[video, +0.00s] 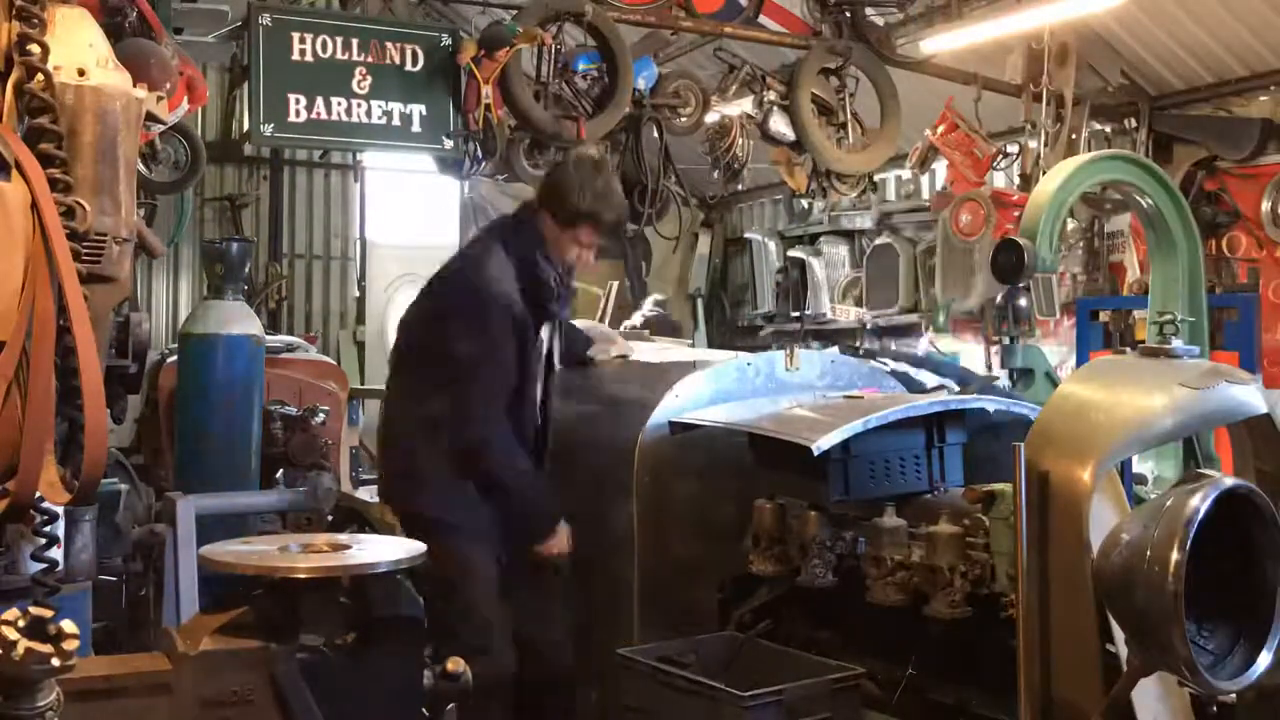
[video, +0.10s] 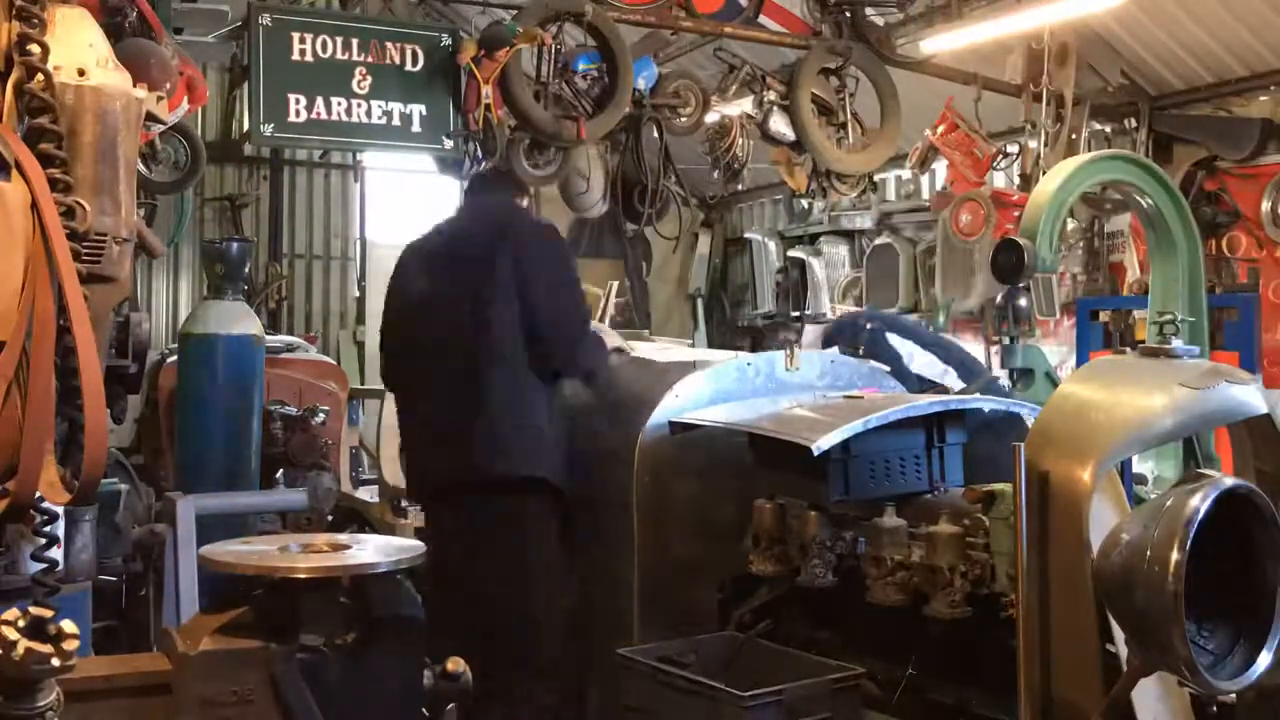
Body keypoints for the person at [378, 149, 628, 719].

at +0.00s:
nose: (587, 258)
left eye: (594, 246)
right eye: (584, 243)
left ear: (551, 214)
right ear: (553, 218)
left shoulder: (531, 259)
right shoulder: (490, 286)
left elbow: (525, 334)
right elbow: (480, 430)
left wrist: (585, 344)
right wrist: (541, 517)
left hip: (487, 466)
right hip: (436, 478)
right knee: (482, 649)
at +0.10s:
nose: (536, 212)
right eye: (534, 201)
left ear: (469, 196)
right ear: (524, 197)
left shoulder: (417, 253)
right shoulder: (531, 237)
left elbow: (394, 368)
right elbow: (566, 352)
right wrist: (600, 345)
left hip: (436, 462)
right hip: (515, 460)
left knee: (455, 602)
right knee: (526, 604)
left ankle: (467, 705)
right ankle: (521, 706)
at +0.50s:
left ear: (448, 200)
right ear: (493, 204)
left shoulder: (394, 236)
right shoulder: (520, 232)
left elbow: (372, 334)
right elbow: (584, 299)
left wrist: (387, 402)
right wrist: (561, 374)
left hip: (412, 429)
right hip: (507, 428)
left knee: (418, 569)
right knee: (497, 567)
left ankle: (424, 694)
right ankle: (492, 698)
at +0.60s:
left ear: (459, 223)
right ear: (515, 229)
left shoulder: (401, 259)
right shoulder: (526, 247)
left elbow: (363, 357)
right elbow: (583, 314)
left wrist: (370, 448)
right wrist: (560, 371)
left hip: (407, 433)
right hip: (502, 432)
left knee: (407, 568)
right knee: (495, 565)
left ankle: (407, 692)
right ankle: (492, 694)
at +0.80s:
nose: (584, 257)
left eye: (586, 249)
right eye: (586, 247)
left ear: (530, 220)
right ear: (572, 230)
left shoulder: (453, 264)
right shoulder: (558, 267)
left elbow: (416, 367)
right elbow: (573, 380)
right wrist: (600, 357)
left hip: (426, 471)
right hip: (511, 477)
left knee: (441, 615)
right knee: (507, 624)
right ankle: (503, 709)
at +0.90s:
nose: (587, 249)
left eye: (592, 238)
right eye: (589, 234)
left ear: (542, 208)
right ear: (560, 210)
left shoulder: (453, 261)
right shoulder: (546, 257)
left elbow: (416, 371)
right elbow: (564, 369)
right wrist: (596, 347)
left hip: (419, 473)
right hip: (501, 478)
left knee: (442, 618)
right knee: (504, 630)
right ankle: (504, 711)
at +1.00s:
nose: (543, 222)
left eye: (546, 216)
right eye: (544, 214)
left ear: (483, 194)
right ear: (527, 199)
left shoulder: (416, 253)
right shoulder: (520, 235)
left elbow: (407, 362)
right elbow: (566, 331)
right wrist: (607, 366)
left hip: (424, 456)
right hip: (508, 453)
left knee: (446, 600)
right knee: (513, 601)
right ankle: (508, 708)